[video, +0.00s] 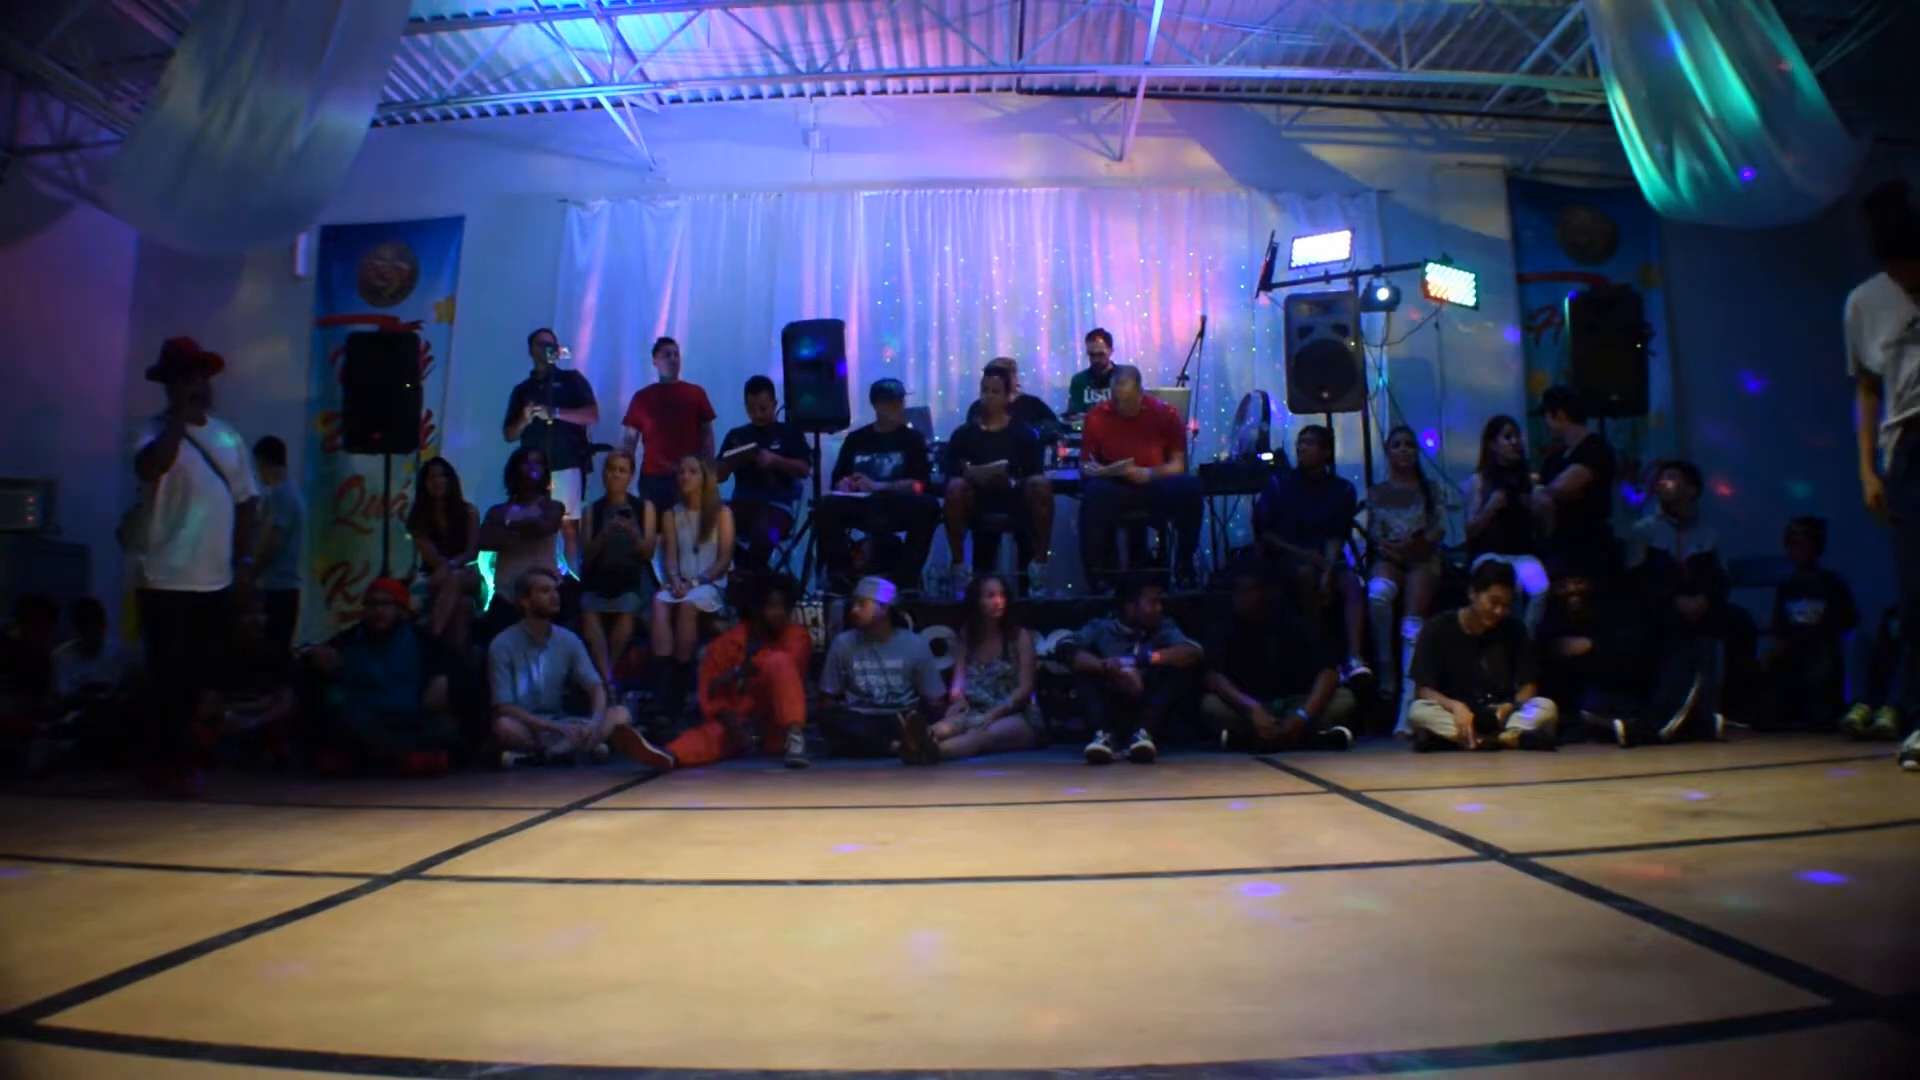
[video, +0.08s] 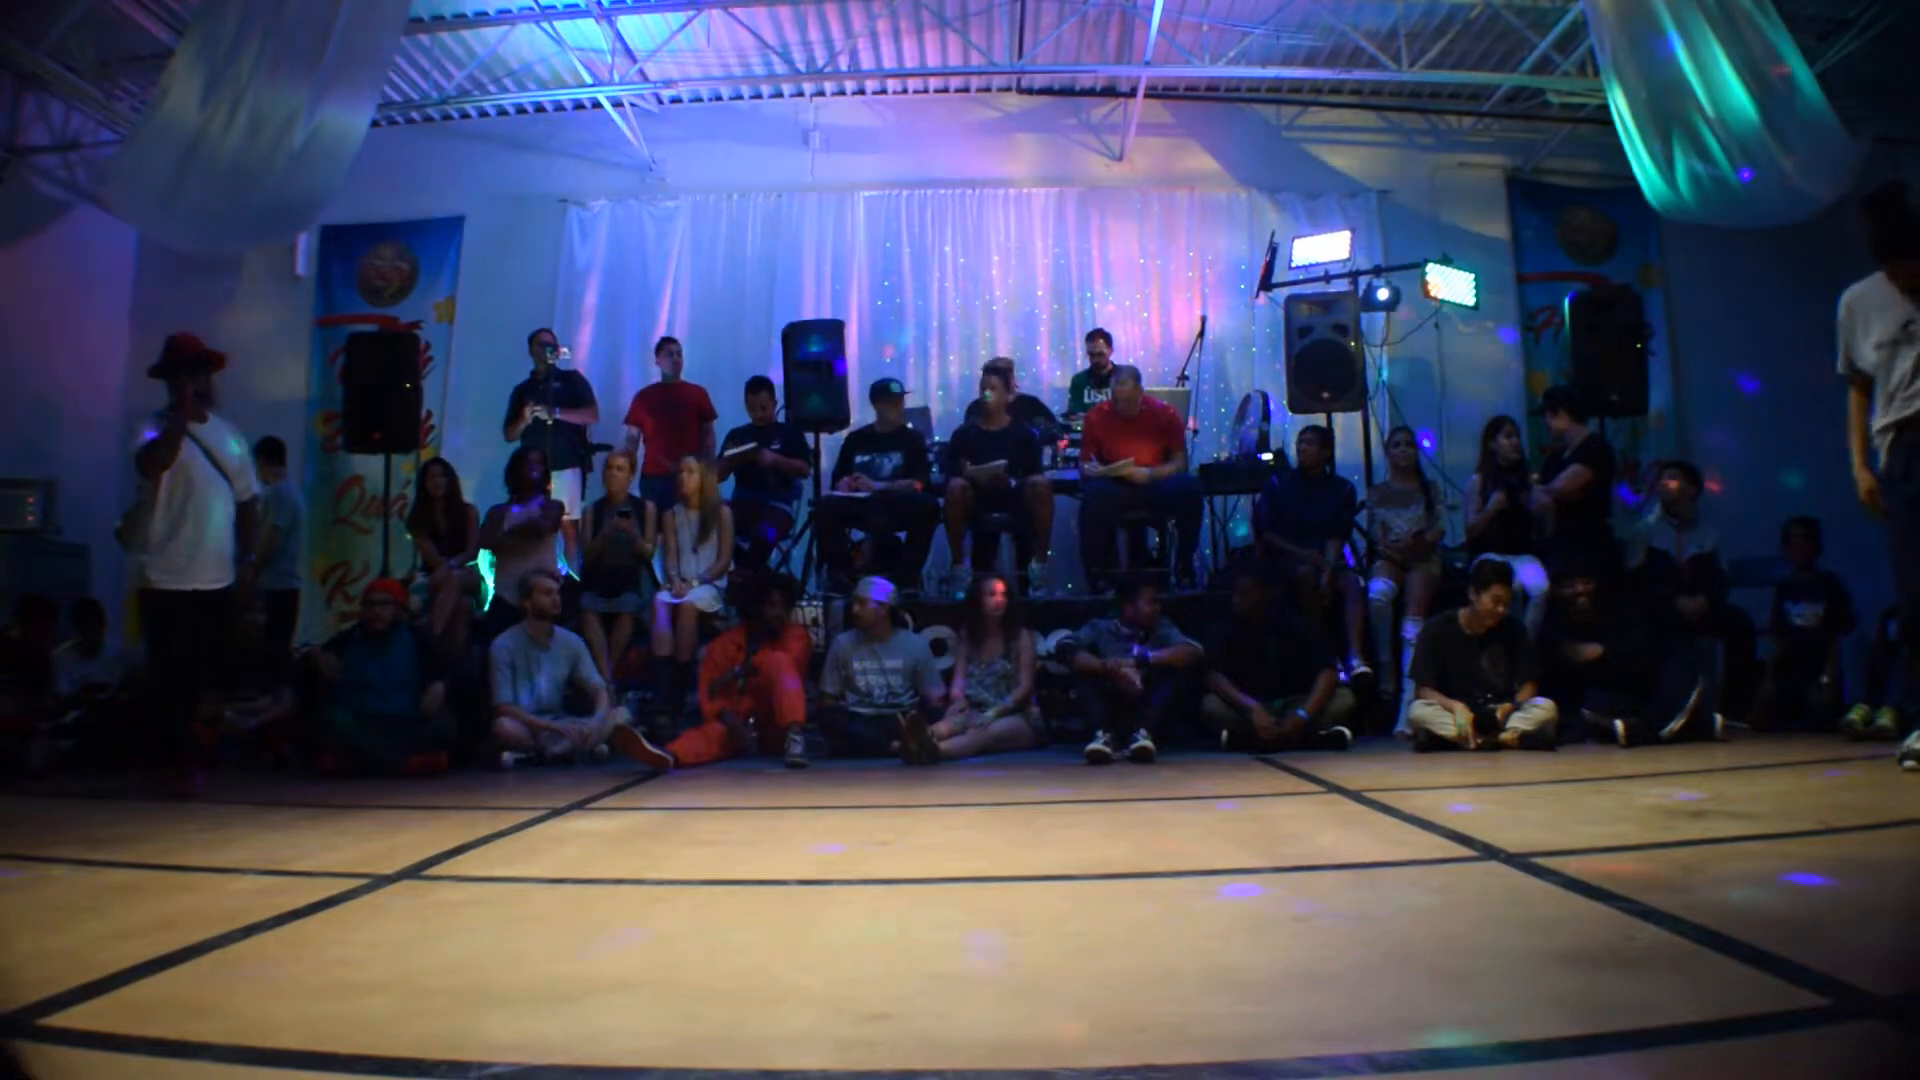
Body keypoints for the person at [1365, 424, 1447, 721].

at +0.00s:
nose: (1403, 451)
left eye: (1409, 445)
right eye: (1396, 446)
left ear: (1417, 451)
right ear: (1387, 453)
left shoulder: (1431, 488)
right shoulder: (1377, 492)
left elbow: (1440, 525)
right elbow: (1371, 530)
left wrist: (1422, 541)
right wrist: (1387, 546)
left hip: (1420, 555)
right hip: (1387, 554)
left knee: (1412, 628)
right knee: (1378, 595)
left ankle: (1408, 705)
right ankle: (1385, 671)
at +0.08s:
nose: (1403, 451)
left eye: (1409, 445)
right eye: (1396, 446)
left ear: (1417, 451)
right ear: (1387, 453)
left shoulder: (1431, 488)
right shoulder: (1377, 493)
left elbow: (1440, 525)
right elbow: (1372, 530)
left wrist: (1421, 541)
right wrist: (1387, 546)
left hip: (1420, 555)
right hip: (1388, 554)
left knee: (1412, 629)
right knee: (1378, 596)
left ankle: (1407, 709)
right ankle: (1384, 670)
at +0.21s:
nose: (1403, 451)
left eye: (1408, 445)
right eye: (1396, 446)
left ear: (1417, 451)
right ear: (1387, 453)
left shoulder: (1431, 488)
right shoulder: (1377, 493)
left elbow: (1440, 526)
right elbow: (1371, 530)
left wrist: (1419, 542)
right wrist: (1388, 546)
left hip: (1421, 554)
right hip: (1388, 554)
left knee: (1413, 626)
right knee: (1378, 595)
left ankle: (1407, 708)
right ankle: (1385, 671)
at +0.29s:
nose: (1403, 451)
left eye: (1408, 445)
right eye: (1396, 446)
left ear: (1416, 451)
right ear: (1387, 453)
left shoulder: (1431, 489)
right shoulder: (1377, 493)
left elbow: (1440, 526)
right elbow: (1372, 532)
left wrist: (1419, 542)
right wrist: (1388, 548)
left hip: (1420, 555)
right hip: (1388, 554)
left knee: (1412, 629)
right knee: (1377, 596)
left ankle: (1407, 705)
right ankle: (1384, 669)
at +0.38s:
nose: (1403, 451)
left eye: (1408, 445)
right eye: (1396, 446)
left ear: (1417, 451)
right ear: (1387, 453)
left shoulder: (1431, 489)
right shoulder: (1377, 492)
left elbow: (1439, 526)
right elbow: (1372, 532)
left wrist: (1418, 542)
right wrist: (1387, 547)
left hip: (1420, 554)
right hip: (1387, 554)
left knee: (1412, 628)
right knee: (1377, 596)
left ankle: (1408, 703)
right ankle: (1384, 671)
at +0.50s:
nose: (1403, 451)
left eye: (1408, 445)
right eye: (1396, 446)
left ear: (1417, 452)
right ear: (1387, 453)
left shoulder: (1431, 489)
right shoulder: (1377, 493)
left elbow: (1440, 527)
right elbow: (1371, 532)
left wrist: (1415, 544)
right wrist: (1391, 548)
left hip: (1421, 554)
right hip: (1388, 554)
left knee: (1413, 626)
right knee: (1378, 596)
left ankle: (1408, 703)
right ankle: (1385, 670)